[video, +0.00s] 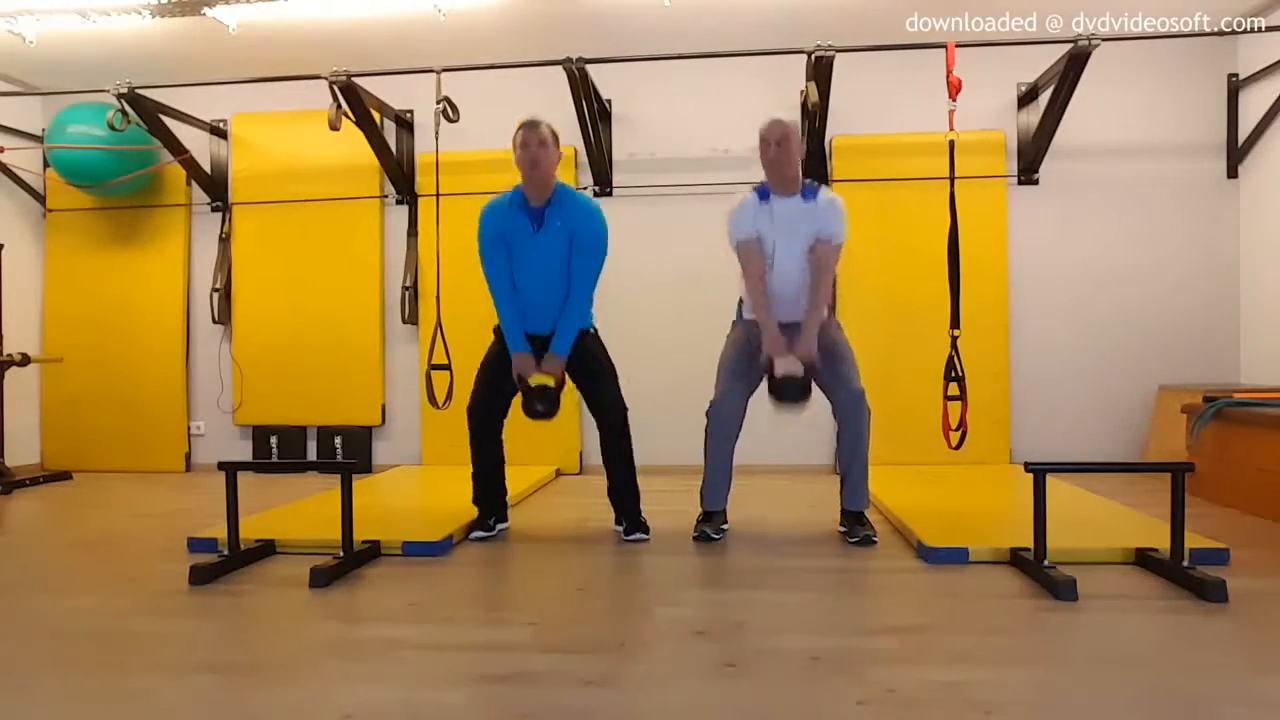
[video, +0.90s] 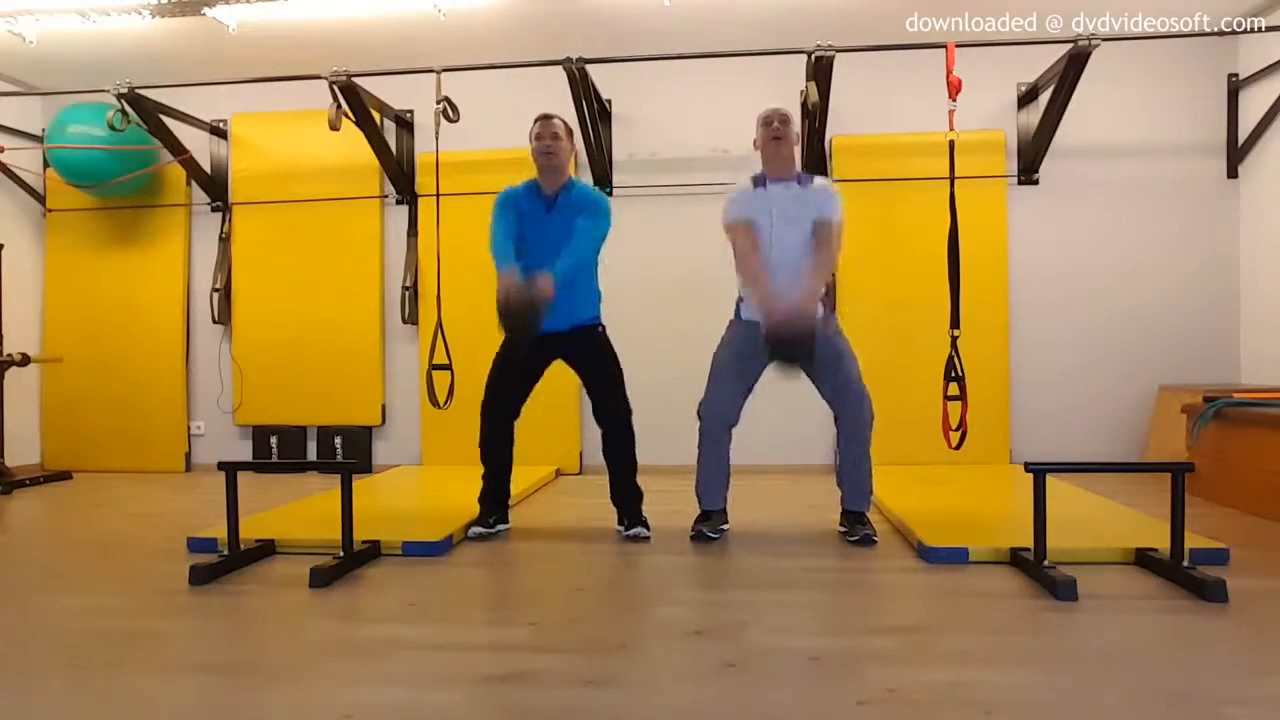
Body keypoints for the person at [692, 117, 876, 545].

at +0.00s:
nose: (774, 149)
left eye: (783, 141)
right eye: (767, 143)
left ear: (801, 150)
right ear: (759, 154)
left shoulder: (828, 205)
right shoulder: (746, 209)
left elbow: (824, 275)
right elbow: (754, 278)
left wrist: (810, 332)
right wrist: (769, 331)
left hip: (815, 322)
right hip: (757, 323)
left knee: (853, 403)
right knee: (724, 407)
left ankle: (854, 512)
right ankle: (713, 512)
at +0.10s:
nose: (775, 132)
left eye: (782, 124)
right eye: (767, 126)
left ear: (797, 129)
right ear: (757, 132)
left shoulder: (824, 176)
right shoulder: (745, 179)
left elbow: (823, 225)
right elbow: (752, 228)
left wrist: (807, 267)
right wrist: (774, 269)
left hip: (812, 312)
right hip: (756, 312)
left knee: (849, 404)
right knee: (727, 405)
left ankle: (854, 512)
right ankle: (713, 511)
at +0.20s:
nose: (772, 127)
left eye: (779, 120)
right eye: (765, 121)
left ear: (795, 124)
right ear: (755, 127)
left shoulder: (818, 162)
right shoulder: (745, 171)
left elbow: (827, 181)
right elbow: (741, 188)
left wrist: (784, 189)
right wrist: (778, 195)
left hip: (811, 306)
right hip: (755, 308)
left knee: (843, 407)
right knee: (730, 409)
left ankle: (854, 512)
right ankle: (713, 511)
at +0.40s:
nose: (785, 126)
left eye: (792, 119)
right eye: (778, 119)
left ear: (805, 117)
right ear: (761, 115)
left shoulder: (819, 162)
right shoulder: (744, 166)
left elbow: (825, 165)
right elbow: (738, 167)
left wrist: (811, 116)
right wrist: (755, 120)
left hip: (811, 301)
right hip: (754, 303)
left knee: (839, 407)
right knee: (732, 408)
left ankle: (854, 513)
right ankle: (713, 511)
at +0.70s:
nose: (777, 112)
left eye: (784, 106)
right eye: (769, 107)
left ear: (798, 118)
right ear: (757, 120)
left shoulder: (818, 161)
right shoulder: (746, 167)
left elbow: (830, 177)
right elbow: (739, 177)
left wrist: (805, 159)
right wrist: (771, 157)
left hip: (813, 308)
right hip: (755, 309)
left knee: (843, 409)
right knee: (728, 411)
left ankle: (854, 512)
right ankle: (713, 511)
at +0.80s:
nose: (776, 112)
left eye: (784, 108)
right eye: (768, 109)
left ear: (798, 125)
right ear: (756, 127)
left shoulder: (821, 171)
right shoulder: (743, 176)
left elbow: (826, 206)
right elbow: (744, 206)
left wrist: (801, 229)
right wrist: (772, 228)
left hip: (811, 316)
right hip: (753, 317)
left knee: (850, 411)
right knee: (721, 413)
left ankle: (854, 513)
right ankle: (713, 511)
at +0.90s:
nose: (777, 127)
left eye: (784, 122)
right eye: (768, 123)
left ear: (798, 138)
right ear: (756, 142)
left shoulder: (822, 192)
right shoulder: (741, 200)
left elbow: (826, 256)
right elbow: (747, 262)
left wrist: (808, 302)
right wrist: (772, 309)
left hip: (812, 321)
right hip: (754, 322)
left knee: (855, 405)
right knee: (715, 410)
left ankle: (855, 512)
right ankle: (712, 511)